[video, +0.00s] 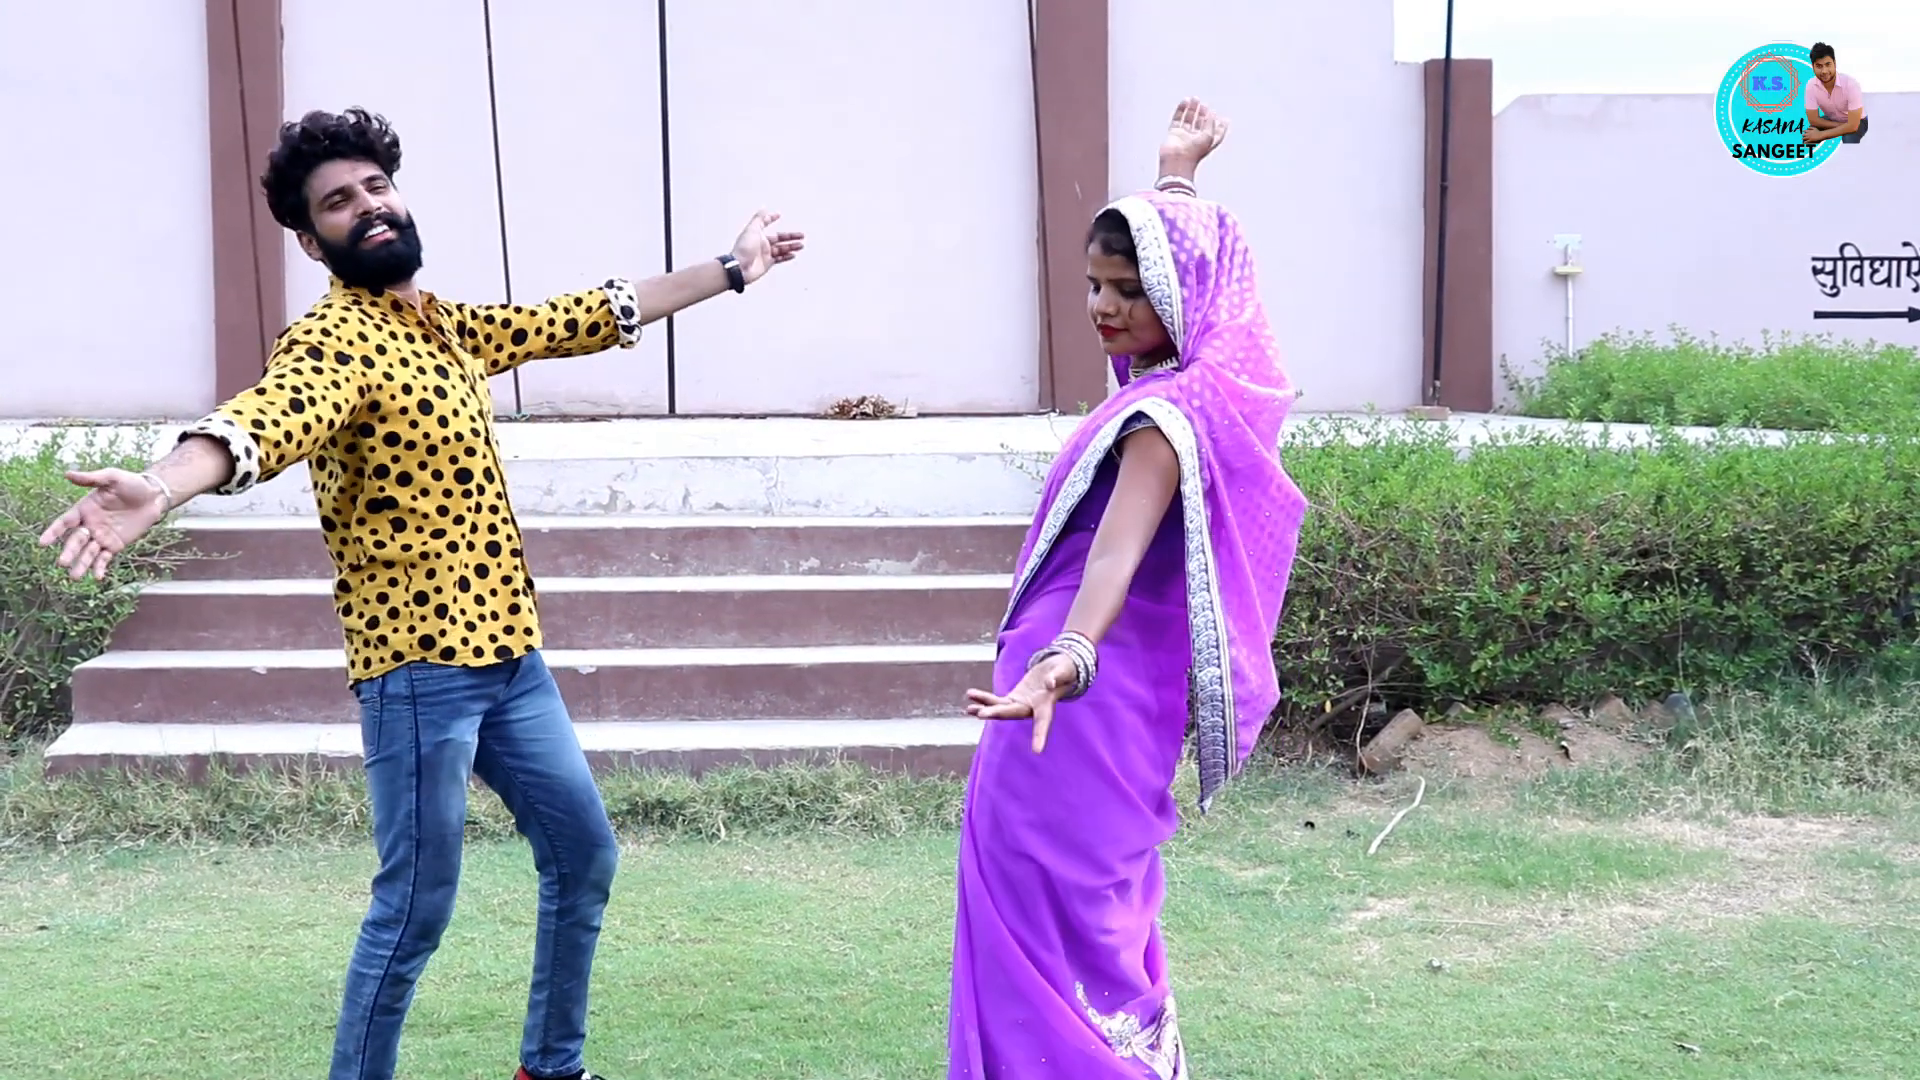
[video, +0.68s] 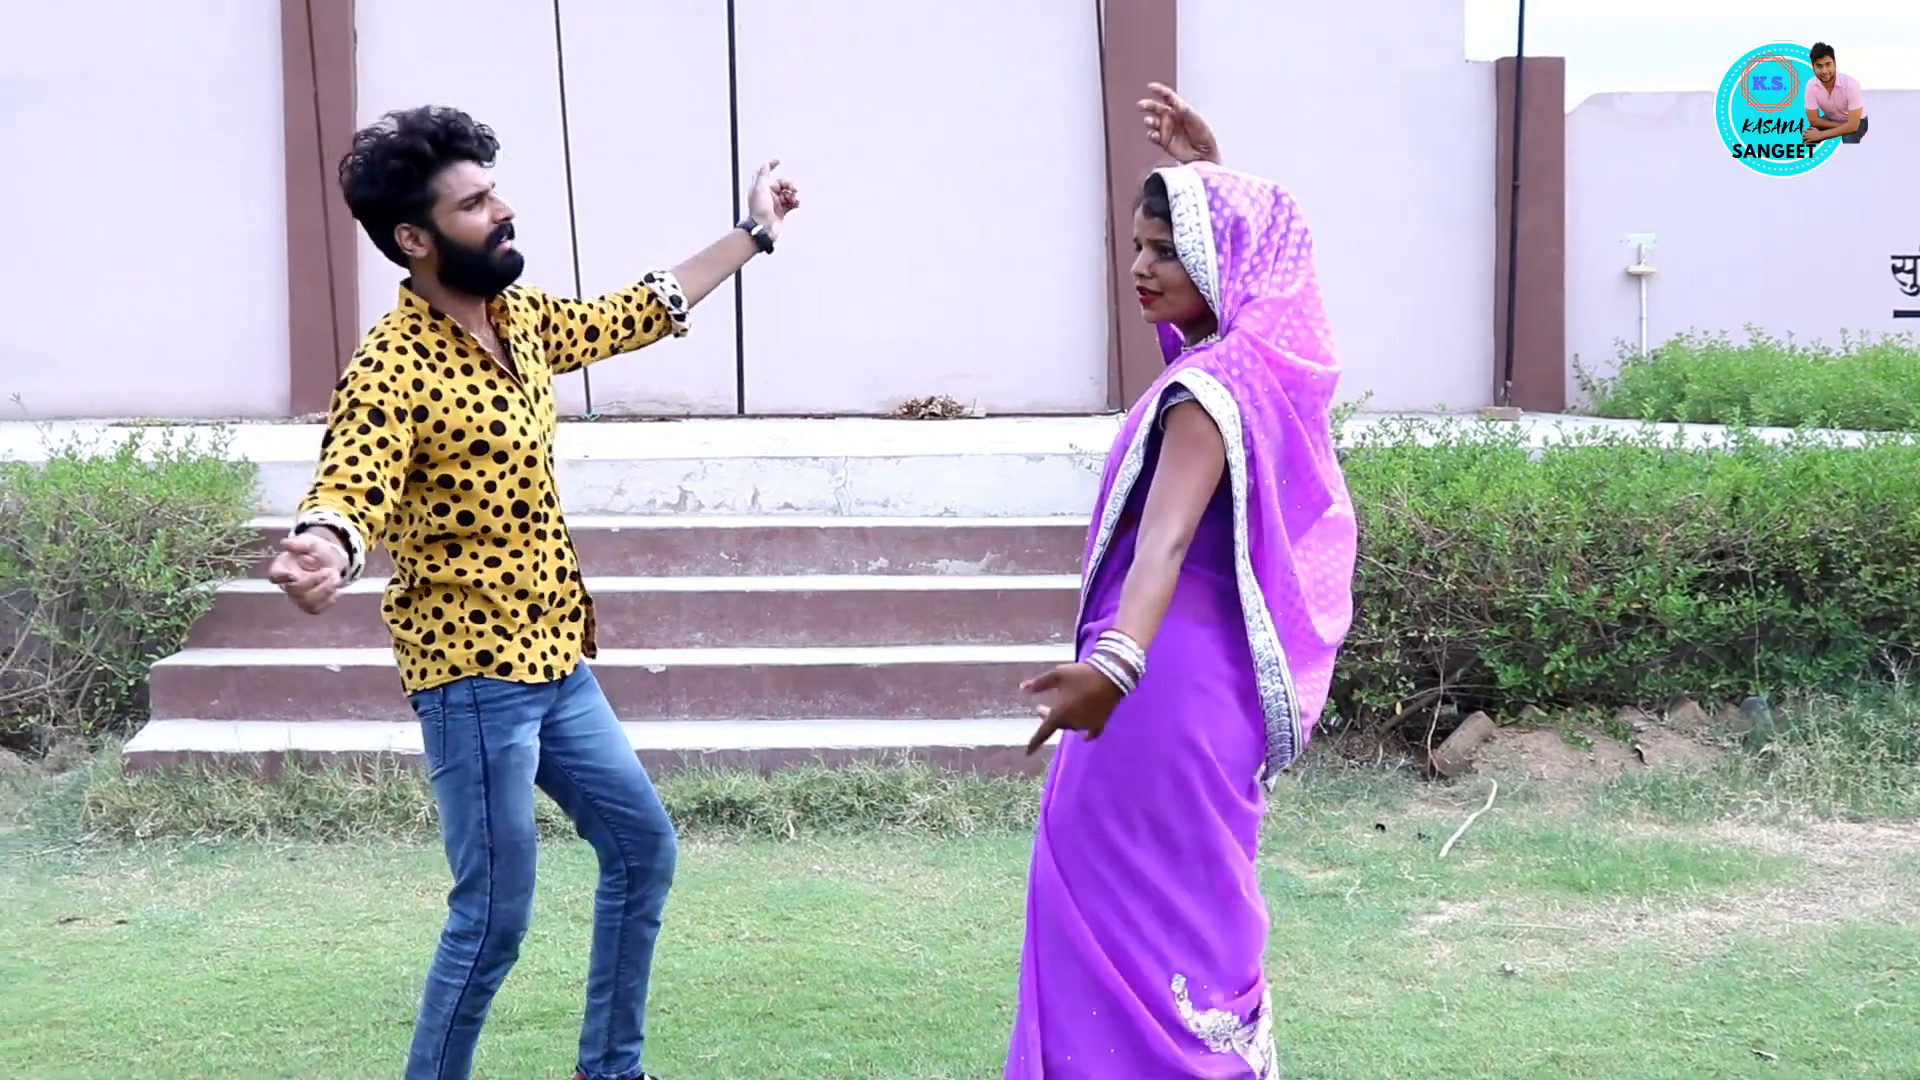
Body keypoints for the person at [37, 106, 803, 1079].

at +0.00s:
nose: (371, 207)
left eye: (378, 184)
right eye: (340, 202)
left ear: (403, 195)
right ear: (310, 236)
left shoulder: (449, 325)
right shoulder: (331, 342)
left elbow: (581, 318)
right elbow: (257, 420)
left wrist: (728, 269)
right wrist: (165, 485)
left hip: (510, 659)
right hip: (414, 673)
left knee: (584, 850)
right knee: (413, 907)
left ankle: (554, 1064)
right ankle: (357, 1073)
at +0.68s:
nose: (502, 211)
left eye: (495, 192)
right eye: (474, 202)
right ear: (413, 241)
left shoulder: (523, 317)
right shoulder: (394, 365)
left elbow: (641, 312)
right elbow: (351, 487)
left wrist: (751, 230)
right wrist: (327, 546)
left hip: (556, 663)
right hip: (468, 676)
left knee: (643, 845)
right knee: (490, 918)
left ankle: (611, 1068)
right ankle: (430, 1073)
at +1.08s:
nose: (646, 220)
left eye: (641, 201)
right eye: (631, 205)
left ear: (586, 224)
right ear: (579, 226)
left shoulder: (621, 306)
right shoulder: (516, 361)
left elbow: (703, 271)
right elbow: (470, 516)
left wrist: (804, 212)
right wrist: (500, 589)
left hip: (650, 651)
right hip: (574, 665)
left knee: (725, 833)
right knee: (579, 898)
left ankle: (688, 1056)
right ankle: (508, 1071)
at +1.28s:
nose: (708, 250)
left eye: (703, 231)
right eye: (694, 233)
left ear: (644, 248)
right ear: (650, 251)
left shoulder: (648, 330)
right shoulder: (567, 393)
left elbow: (708, 293)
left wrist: (787, 217)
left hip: (688, 652)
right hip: (622, 674)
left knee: (770, 831)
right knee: (629, 906)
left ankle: (703, 1058)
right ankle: (534, 1071)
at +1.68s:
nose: (864, 284)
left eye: (864, 266)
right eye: (863, 268)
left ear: (768, 259)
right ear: (838, 277)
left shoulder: (702, 317)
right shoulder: (810, 415)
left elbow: (725, 178)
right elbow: (867, 583)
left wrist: (786, 57)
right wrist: (826, 547)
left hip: (694, 650)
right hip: (773, 668)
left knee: (757, 882)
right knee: (787, 897)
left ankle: (706, 1071)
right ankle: (581, 1047)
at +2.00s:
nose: (974, 237)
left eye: (972, 217)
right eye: (974, 221)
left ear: (876, 201)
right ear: (950, 228)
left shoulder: (811, 269)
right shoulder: (924, 352)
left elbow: (877, 115)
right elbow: (938, 508)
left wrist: (940, 7)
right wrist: (958, 587)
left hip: (806, 608)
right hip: (904, 625)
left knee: (798, 847)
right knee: (970, 850)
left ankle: (716, 1060)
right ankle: (996, 1066)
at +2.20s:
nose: (1032, 268)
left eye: (1029, 250)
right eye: (1034, 252)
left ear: (937, 237)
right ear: (1015, 254)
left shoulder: (875, 314)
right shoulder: (1006, 367)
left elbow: (931, 159)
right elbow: (1035, 523)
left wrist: (1003, 40)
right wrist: (1062, 591)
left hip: (906, 640)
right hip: (1008, 655)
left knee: (937, 838)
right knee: (1055, 865)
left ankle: (810, 1009)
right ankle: (1011, 1066)